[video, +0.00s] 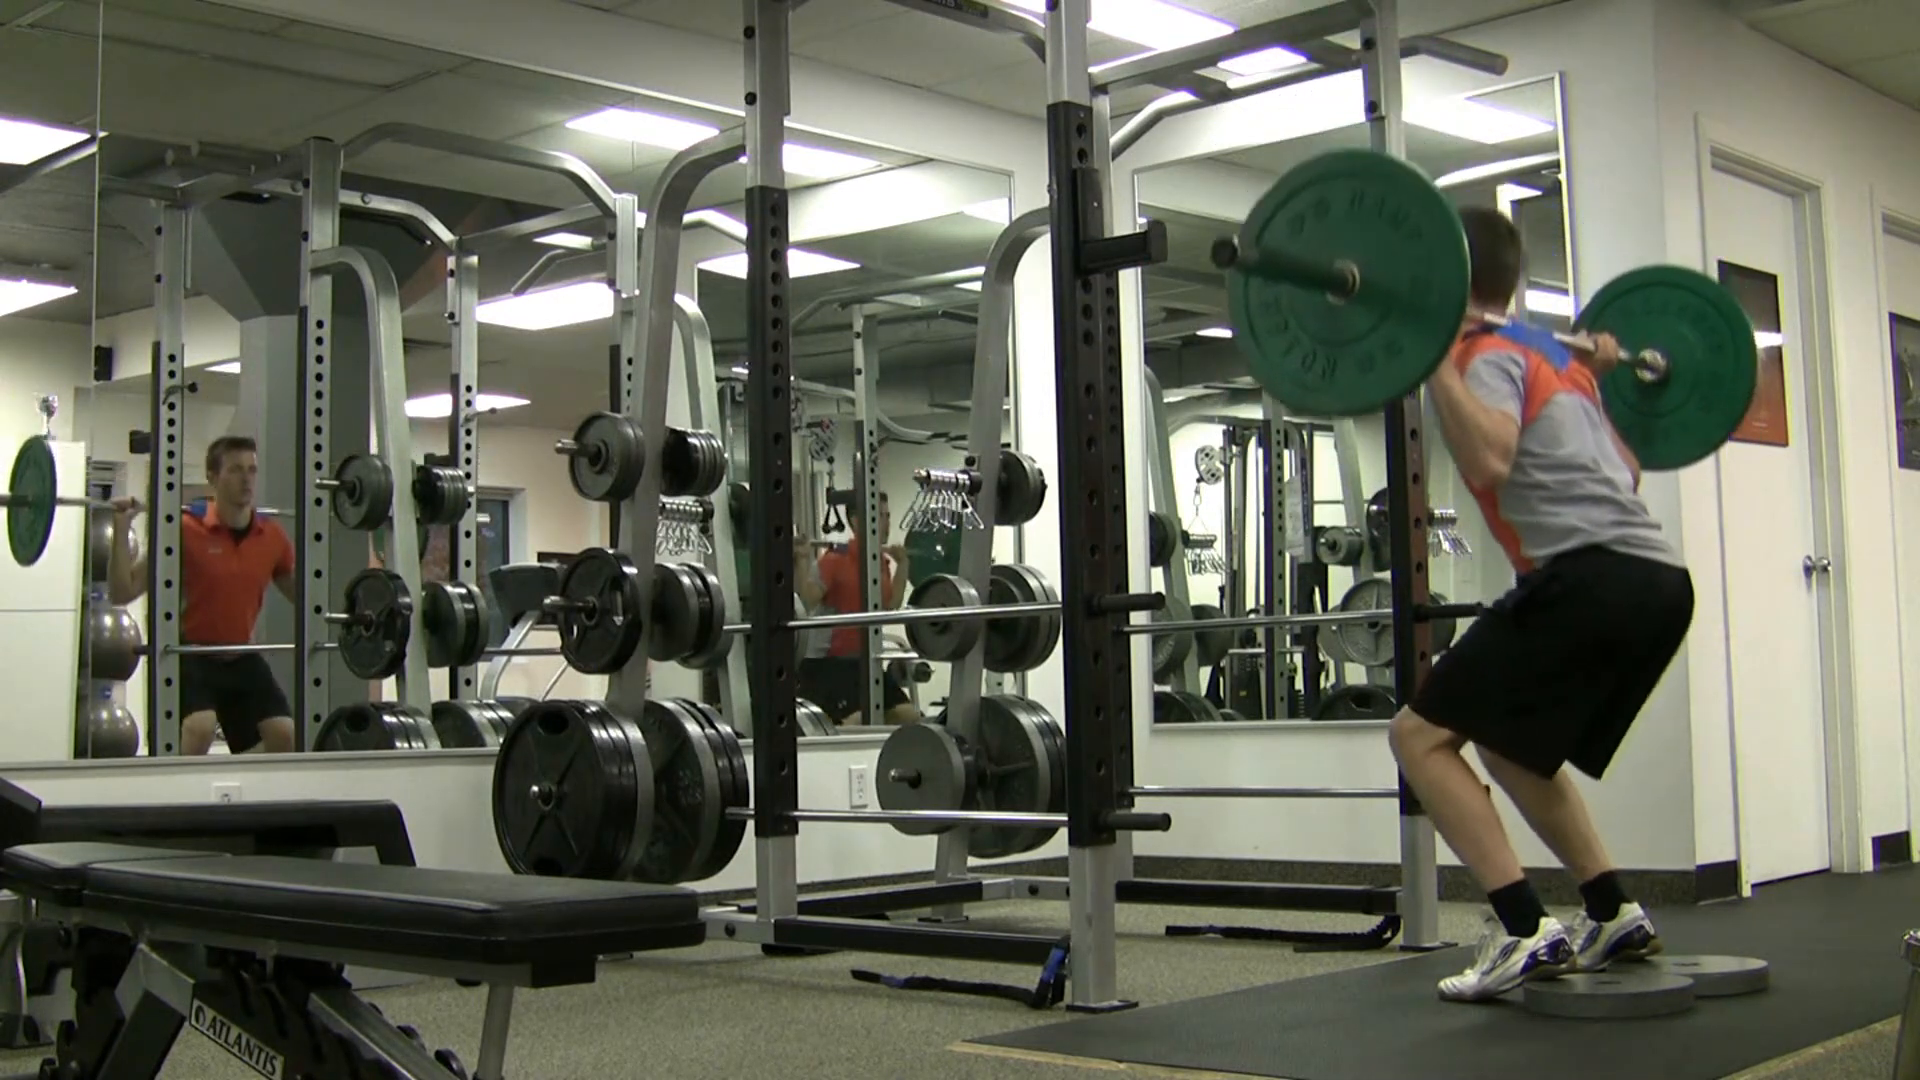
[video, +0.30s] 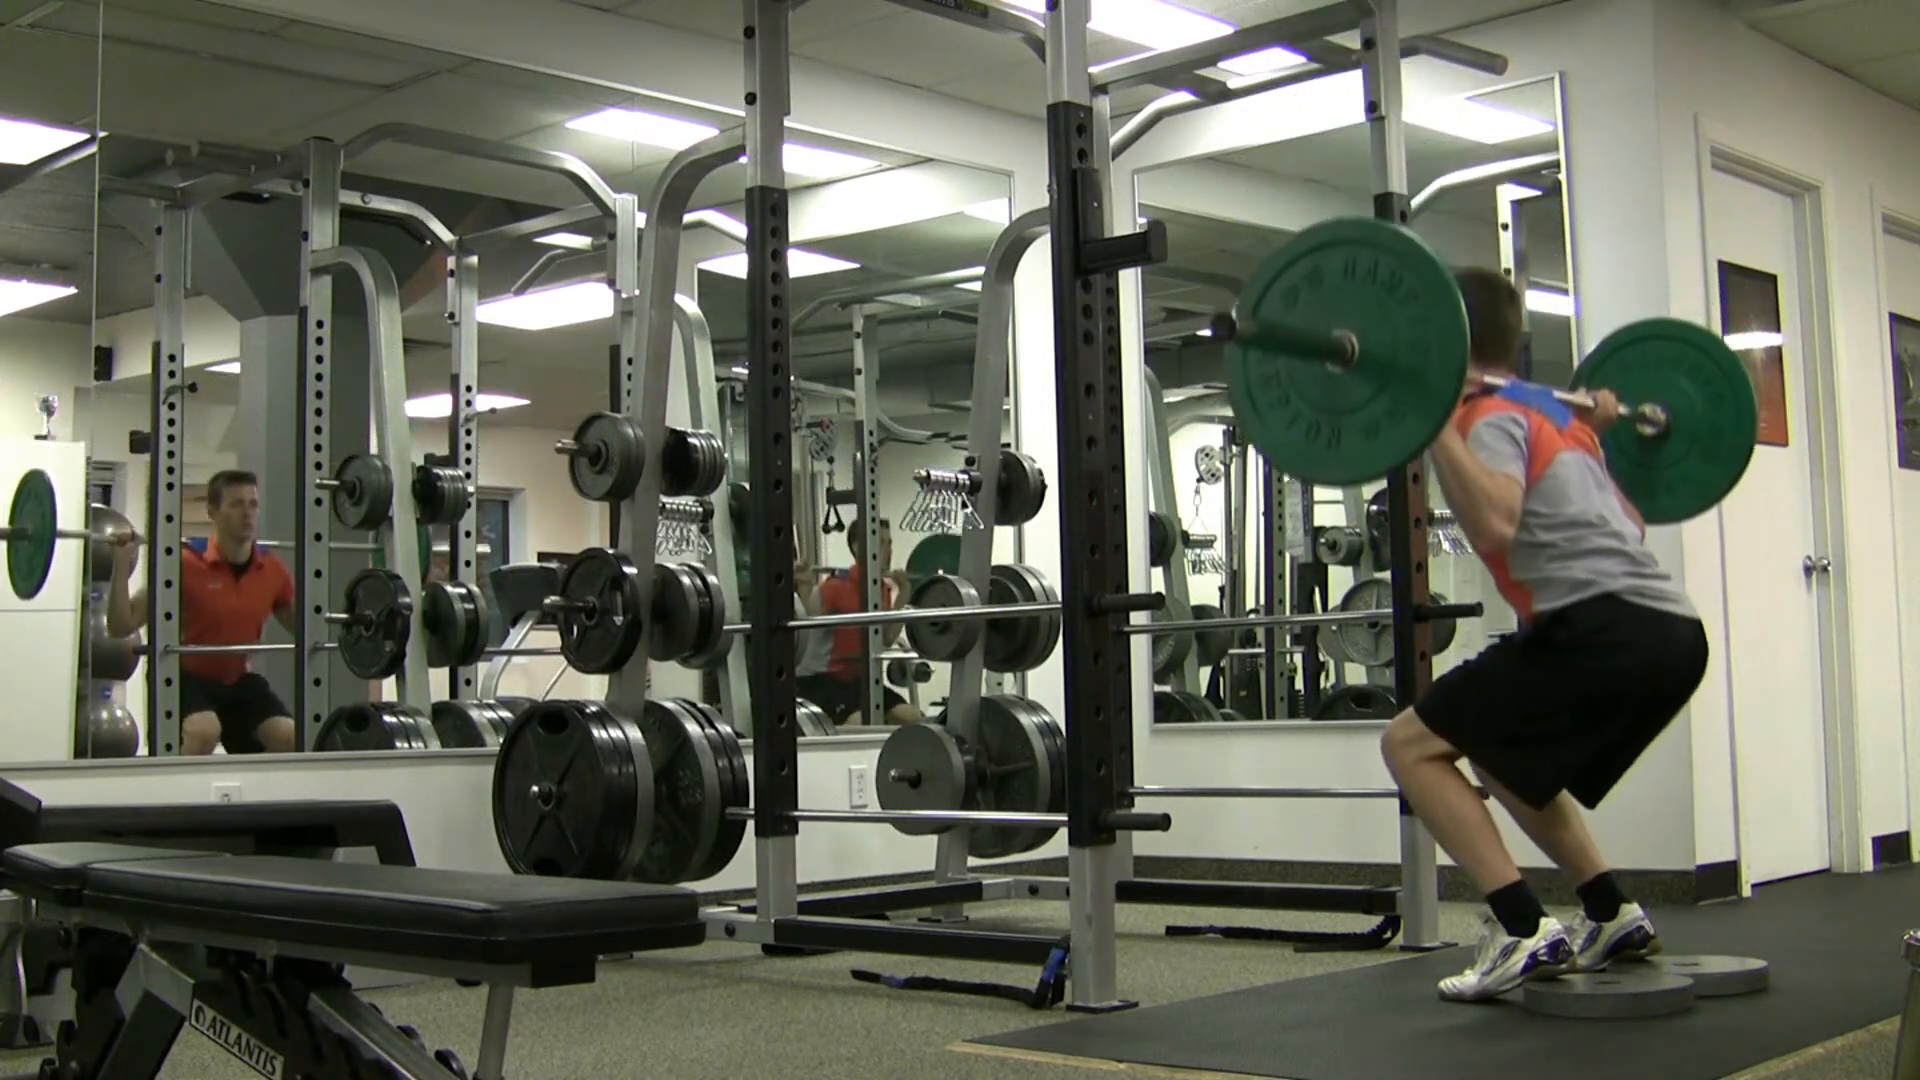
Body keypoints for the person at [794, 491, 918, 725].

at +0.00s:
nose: (883, 522)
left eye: (885, 516)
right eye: (876, 515)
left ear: (888, 521)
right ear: (854, 521)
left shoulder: (882, 562)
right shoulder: (835, 558)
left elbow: (890, 608)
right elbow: (811, 599)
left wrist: (902, 564)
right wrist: (802, 561)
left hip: (870, 660)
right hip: (838, 660)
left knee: (909, 718)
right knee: (856, 723)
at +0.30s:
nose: (887, 549)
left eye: (889, 543)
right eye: (880, 542)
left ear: (891, 545)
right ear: (856, 546)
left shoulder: (883, 589)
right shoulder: (833, 587)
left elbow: (888, 638)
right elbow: (811, 632)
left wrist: (904, 593)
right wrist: (803, 590)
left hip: (865, 680)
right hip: (824, 680)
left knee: (912, 718)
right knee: (860, 720)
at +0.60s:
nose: (889, 573)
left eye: (890, 566)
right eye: (882, 566)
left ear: (893, 568)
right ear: (858, 569)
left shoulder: (887, 611)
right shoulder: (835, 608)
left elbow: (896, 672)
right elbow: (812, 653)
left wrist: (903, 614)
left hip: (870, 694)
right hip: (834, 695)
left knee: (916, 722)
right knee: (866, 729)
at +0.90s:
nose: (891, 589)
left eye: (892, 582)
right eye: (882, 583)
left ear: (895, 583)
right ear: (859, 586)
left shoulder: (884, 625)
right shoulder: (836, 623)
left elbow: (891, 674)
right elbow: (808, 671)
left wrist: (908, 627)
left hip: (871, 704)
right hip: (837, 706)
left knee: (916, 721)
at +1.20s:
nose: (892, 591)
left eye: (893, 584)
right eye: (883, 584)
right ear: (859, 588)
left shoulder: (885, 629)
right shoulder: (834, 625)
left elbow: (891, 675)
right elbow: (803, 677)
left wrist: (909, 628)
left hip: (871, 705)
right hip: (834, 706)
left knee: (916, 721)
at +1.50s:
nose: (890, 561)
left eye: (891, 554)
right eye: (882, 555)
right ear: (858, 559)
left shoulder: (885, 602)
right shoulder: (836, 598)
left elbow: (891, 650)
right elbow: (811, 643)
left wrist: (907, 604)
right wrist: (807, 600)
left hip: (870, 687)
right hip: (835, 687)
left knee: (915, 720)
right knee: (863, 728)